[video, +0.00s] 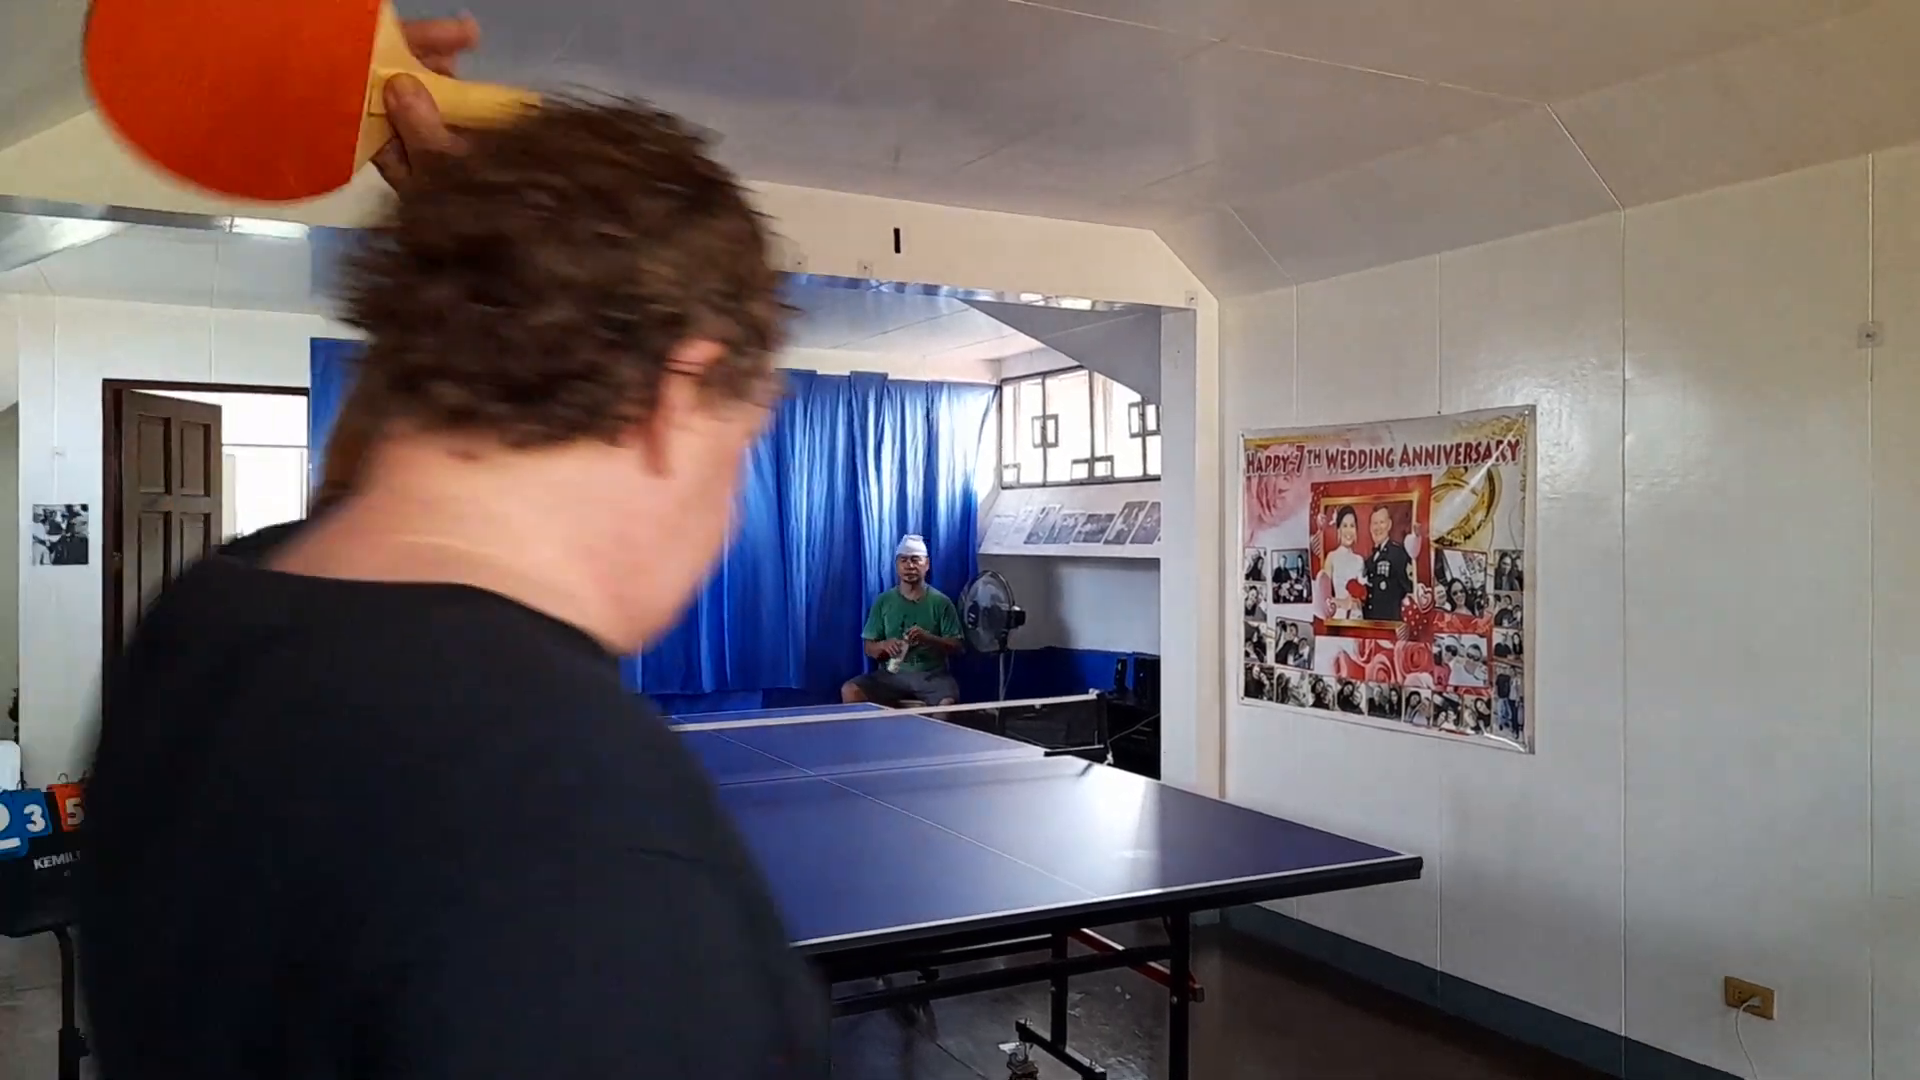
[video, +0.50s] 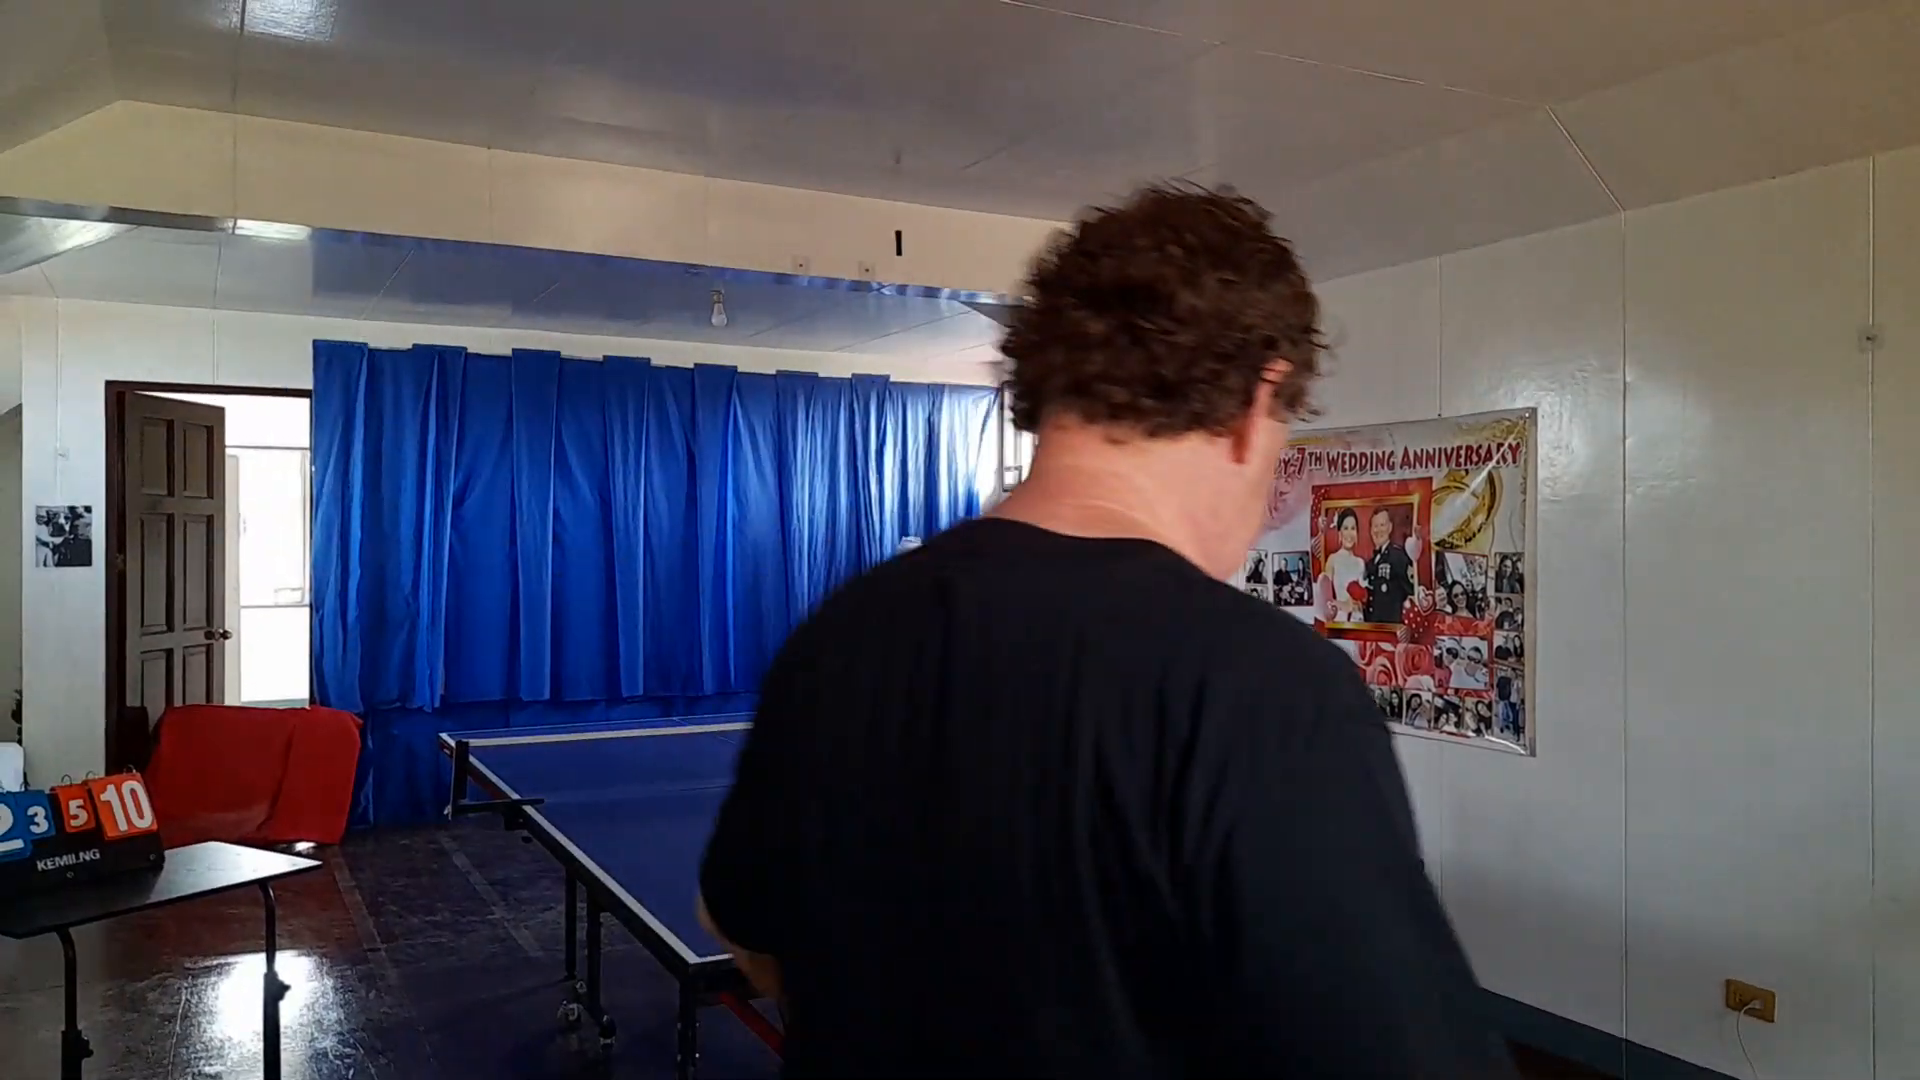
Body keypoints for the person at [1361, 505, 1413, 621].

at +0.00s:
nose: (1378, 527)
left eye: (1382, 522)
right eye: (1374, 523)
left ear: (1390, 524)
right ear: (1370, 526)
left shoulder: (1398, 552)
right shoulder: (1369, 560)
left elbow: (1405, 586)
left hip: (1391, 617)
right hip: (1370, 617)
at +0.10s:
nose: (1376, 527)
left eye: (1381, 523)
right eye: (1373, 523)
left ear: (1388, 524)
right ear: (1369, 526)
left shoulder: (1398, 552)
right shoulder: (1368, 560)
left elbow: (1407, 587)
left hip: (1391, 617)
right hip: (1369, 618)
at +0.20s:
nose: (1378, 530)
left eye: (1382, 525)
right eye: (1374, 525)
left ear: (1390, 527)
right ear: (1370, 529)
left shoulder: (1399, 555)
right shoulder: (1370, 562)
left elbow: (1405, 588)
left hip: (1391, 619)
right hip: (1371, 620)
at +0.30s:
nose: (1377, 527)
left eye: (1382, 522)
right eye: (1374, 523)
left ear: (1389, 524)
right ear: (1369, 526)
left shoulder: (1399, 552)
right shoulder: (1368, 560)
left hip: (1392, 617)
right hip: (1370, 618)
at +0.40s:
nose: (1377, 527)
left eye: (1381, 522)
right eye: (1373, 523)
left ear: (1389, 524)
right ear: (1369, 526)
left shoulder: (1397, 552)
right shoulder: (1368, 559)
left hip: (1391, 617)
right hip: (1370, 618)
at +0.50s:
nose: (1378, 530)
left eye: (1382, 525)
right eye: (1374, 526)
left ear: (1390, 527)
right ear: (1370, 529)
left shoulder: (1399, 556)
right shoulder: (1370, 562)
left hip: (1393, 621)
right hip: (1372, 621)